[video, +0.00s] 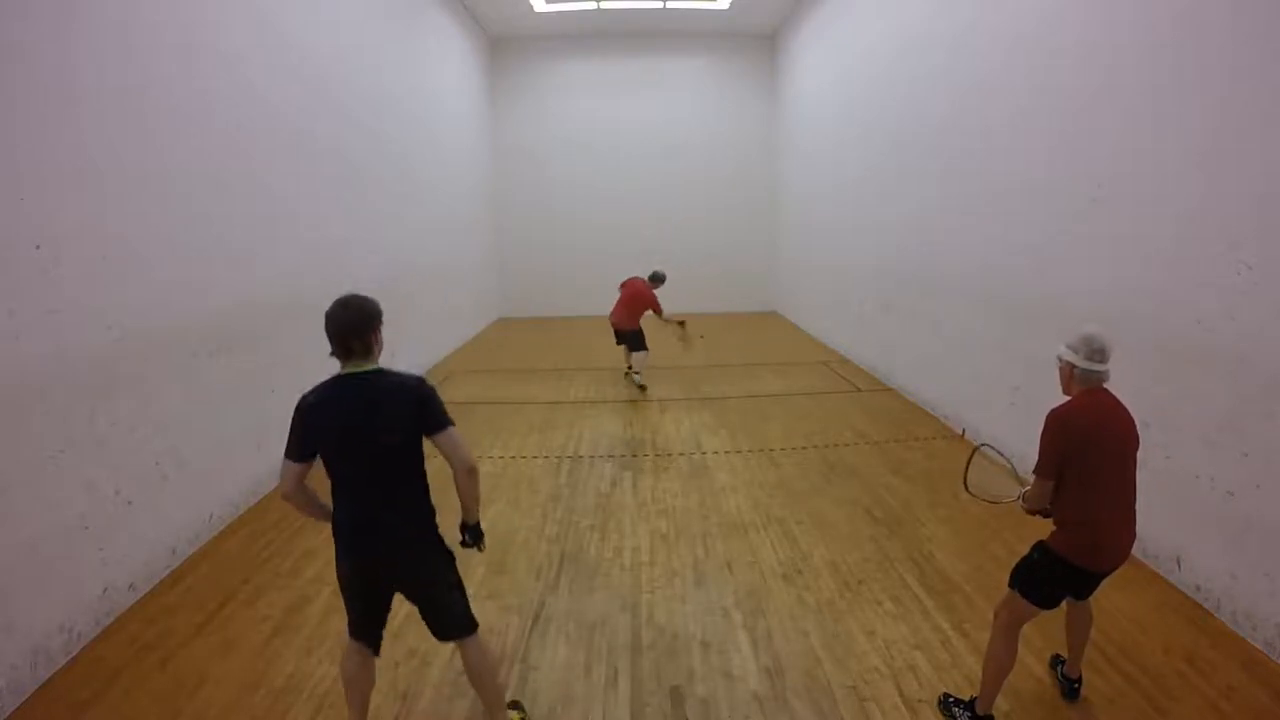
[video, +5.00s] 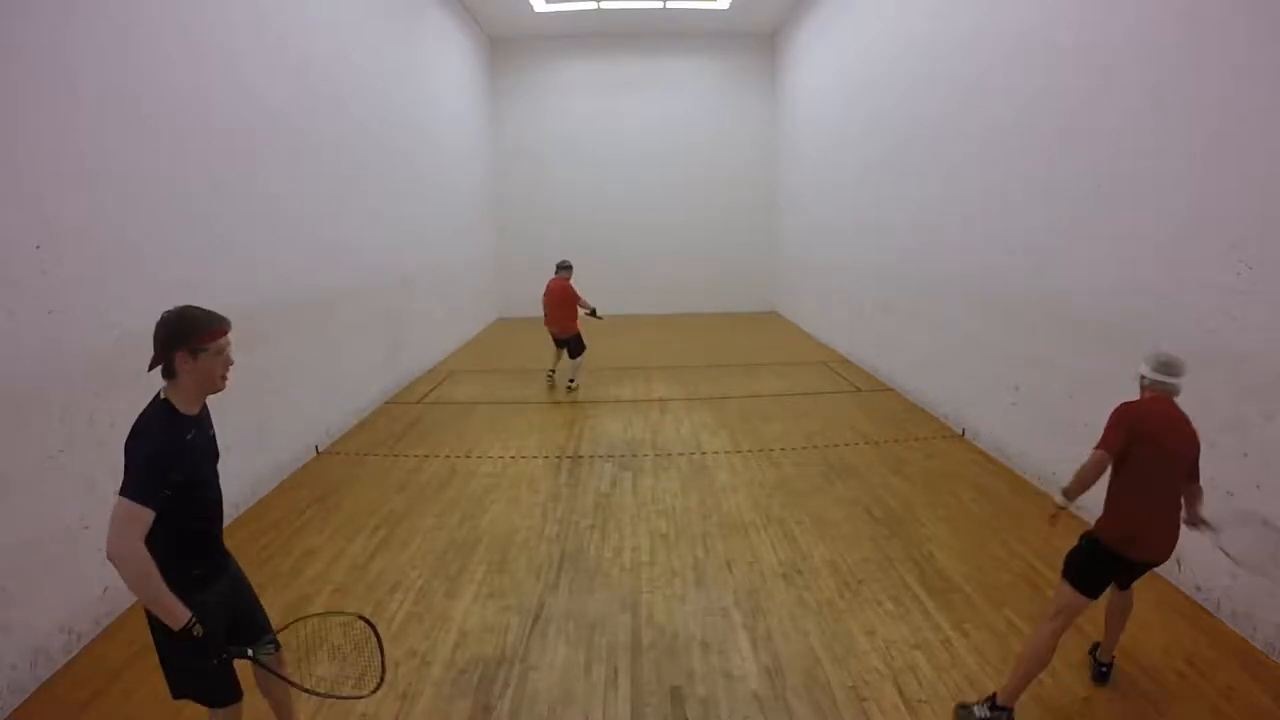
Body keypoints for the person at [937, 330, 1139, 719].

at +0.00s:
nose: (1058, 369)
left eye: (1061, 363)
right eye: (1061, 363)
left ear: (1070, 370)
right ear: (1102, 372)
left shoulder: (1063, 418)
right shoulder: (1121, 414)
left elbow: (1040, 496)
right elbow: (1106, 482)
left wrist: (1030, 500)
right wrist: (1050, 501)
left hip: (1075, 546)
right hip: (1117, 544)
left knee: (1008, 617)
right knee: (1078, 595)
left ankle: (981, 708)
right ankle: (1073, 675)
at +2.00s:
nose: (1052, 361)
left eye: (1059, 354)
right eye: (1054, 353)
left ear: (1084, 360)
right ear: (1090, 360)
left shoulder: (1079, 415)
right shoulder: (1115, 400)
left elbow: (1062, 494)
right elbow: (1104, 474)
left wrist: (1036, 507)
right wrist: (1055, 503)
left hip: (1081, 541)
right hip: (1112, 536)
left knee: (1026, 621)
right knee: (1087, 598)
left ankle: (985, 704)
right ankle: (1081, 672)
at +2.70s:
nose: (1098, 367)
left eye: (1103, 358)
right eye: (1098, 358)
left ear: (1126, 359)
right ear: (1134, 361)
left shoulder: (1125, 410)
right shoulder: (1158, 402)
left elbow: (1093, 485)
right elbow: (1139, 475)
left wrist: (1048, 467)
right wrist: (1091, 493)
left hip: (1115, 536)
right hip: (1143, 536)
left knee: (1052, 612)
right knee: (1093, 601)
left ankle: (1043, 706)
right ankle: (1077, 673)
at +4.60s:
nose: (1066, 380)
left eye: (1067, 374)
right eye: (1068, 374)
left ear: (1072, 379)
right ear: (1110, 381)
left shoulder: (1063, 425)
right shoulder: (1133, 427)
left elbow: (1040, 503)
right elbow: (1158, 508)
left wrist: (1053, 526)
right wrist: (1127, 533)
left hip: (1077, 564)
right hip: (1127, 563)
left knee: (1015, 640)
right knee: (1096, 608)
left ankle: (996, 715)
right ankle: (1092, 687)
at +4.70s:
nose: (1078, 385)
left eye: (1080, 380)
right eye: (1082, 380)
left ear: (1085, 383)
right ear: (1123, 388)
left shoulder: (1070, 425)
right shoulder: (1142, 435)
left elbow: (1038, 496)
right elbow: (1164, 512)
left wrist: (1045, 524)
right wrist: (1156, 560)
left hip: (1075, 566)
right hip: (1127, 567)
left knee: (1013, 640)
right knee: (1106, 605)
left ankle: (996, 714)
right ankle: (1100, 672)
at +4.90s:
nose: (1124, 389)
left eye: (1125, 384)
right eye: (1130, 385)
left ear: (1126, 387)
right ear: (1161, 393)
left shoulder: (1106, 421)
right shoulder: (1175, 441)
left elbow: (1062, 472)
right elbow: (1193, 511)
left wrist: (1034, 502)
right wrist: (1209, 558)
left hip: (1096, 550)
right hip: (1143, 557)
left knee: (1041, 639)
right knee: (1118, 593)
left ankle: (995, 716)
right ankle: (1105, 660)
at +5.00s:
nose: (1140, 385)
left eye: (1142, 380)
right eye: (1146, 381)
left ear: (1144, 381)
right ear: (1177, 388)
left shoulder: (1129, 413)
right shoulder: (1186, 430)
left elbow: (1098, 463)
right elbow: (1192, 485)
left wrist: (1066, 496)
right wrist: (1193, 513)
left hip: (1115, 537)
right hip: (1159, 545)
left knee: (1057, 619)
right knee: (1122, 584)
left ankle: (1001, 705)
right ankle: (1105, 660)